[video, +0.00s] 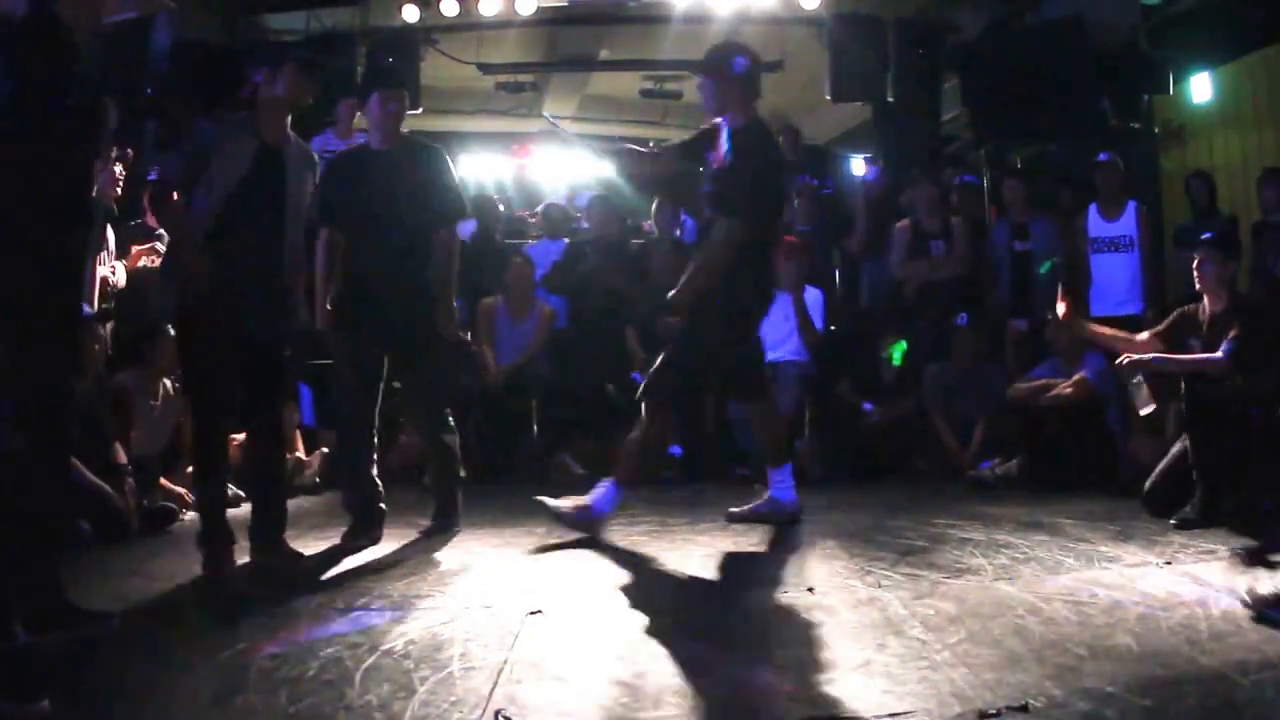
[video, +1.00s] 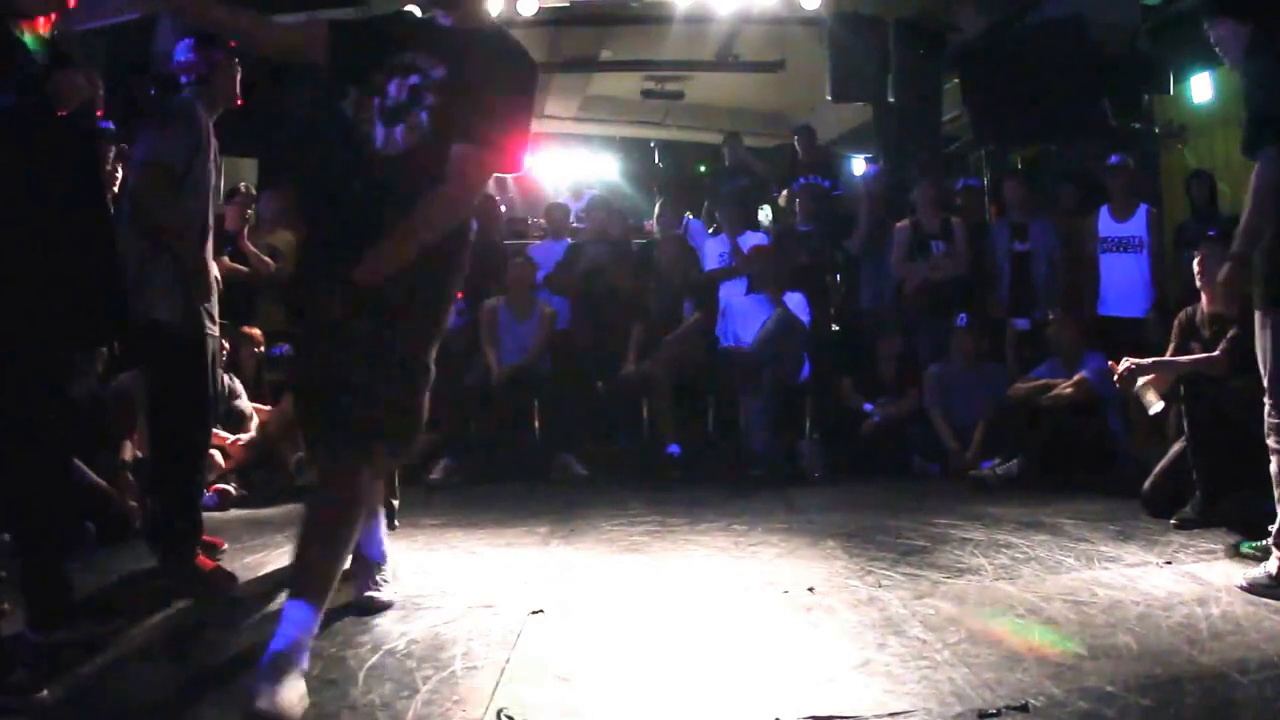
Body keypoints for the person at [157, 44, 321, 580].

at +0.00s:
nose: (288, 97)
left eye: (296, 89)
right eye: (281, 85)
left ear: (302, 95)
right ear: (260, 84)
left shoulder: (303, 159)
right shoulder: (216, 137)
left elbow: (301, 237)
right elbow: (162, 193)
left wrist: (301, 301)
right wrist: (189, 244)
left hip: (269, 308)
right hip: (208, 306)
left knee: (270, 428)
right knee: (210, 426)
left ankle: (269, 541)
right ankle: (216, 547)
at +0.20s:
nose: (282, 93)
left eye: (286, 83)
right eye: (274, 80)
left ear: (283, 91)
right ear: (248, 80)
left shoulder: (279, 152)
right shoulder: (207, 133)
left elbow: (279, 230)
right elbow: (157, 193)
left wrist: (290, 299)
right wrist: (197, 267)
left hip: (264, 313)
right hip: (209, 311)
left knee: (266, 434)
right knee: (209, 431)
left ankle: (270, 546)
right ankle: (182, 555)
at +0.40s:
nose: (266, 73)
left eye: (266, 63)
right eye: (257, 61)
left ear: (259, 73)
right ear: (225, 68)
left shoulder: (252, 139)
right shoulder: (190, 128)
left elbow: (244, 221)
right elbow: (147, 197)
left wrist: (265, 264)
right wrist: (193, 258)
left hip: (234, 307)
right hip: (180, 311)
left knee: (261, 414)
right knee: (182, 432)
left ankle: (253, 534)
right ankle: (178, 554)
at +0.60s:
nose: (241, 81)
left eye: (245, 70)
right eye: (234, 68)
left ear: (240, 75)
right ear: (211, 64)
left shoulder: (219, 125)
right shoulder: (188, 118)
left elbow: (208, 212)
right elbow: (160, 201)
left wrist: (243, 252)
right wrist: (204, 266)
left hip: (208, 304)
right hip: (179, 307)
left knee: (220, 420)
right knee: (189, 427)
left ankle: (211, 539)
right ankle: (183, 556)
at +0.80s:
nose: (233, 80)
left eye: (237, 70)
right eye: (225, 67)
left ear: (231, 74)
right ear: (198, 64)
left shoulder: (203, 126)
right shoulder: (188, 122)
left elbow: (199, 214)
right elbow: (162, 204)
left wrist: (238, 248)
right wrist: (203, 261)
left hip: (190, 302)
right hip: (179, 305)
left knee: (184, 418)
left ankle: (182, 534)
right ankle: (180, 536)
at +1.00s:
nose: (239, 88)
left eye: (238, 78)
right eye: (233, 77)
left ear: (209, 78)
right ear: (209, 76)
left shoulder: (196, 127)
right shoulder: (183, 123)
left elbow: (183, 217)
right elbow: (156, 203)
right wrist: (196, 266)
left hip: (182, 304)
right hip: (168, 307)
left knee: (184, 424)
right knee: (181, 426)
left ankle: (180, 534)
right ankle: (178, 545)